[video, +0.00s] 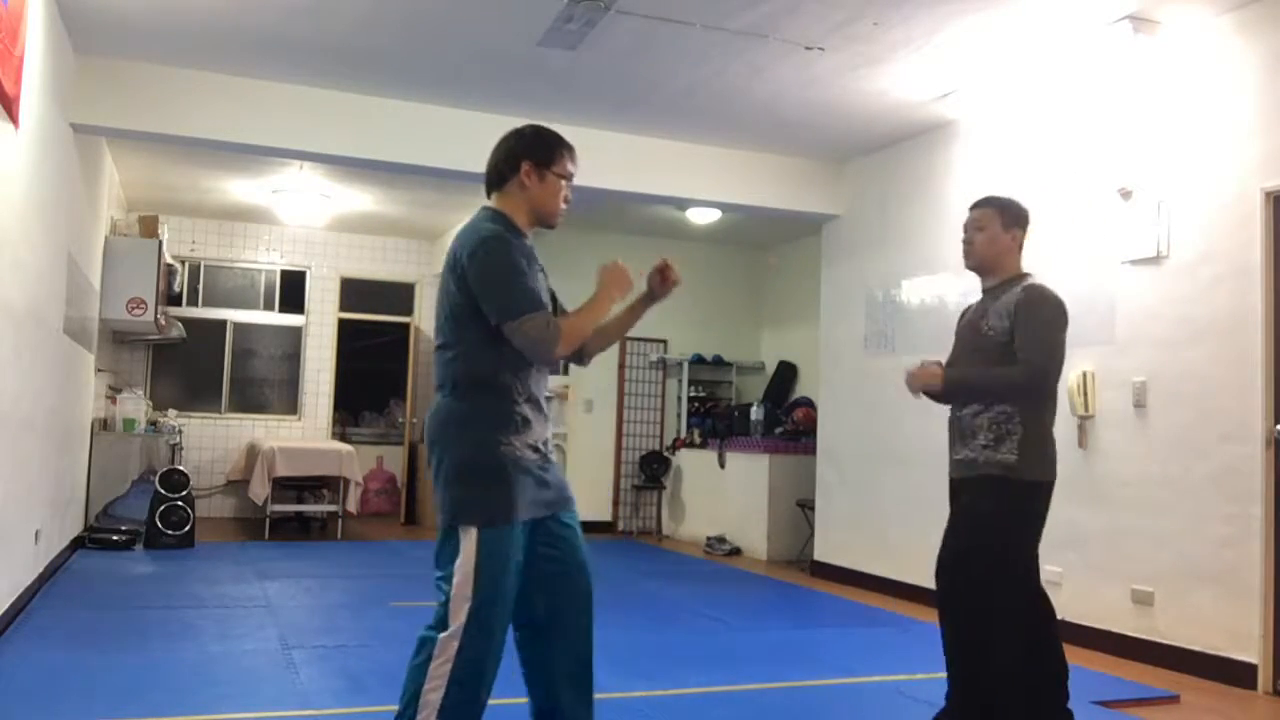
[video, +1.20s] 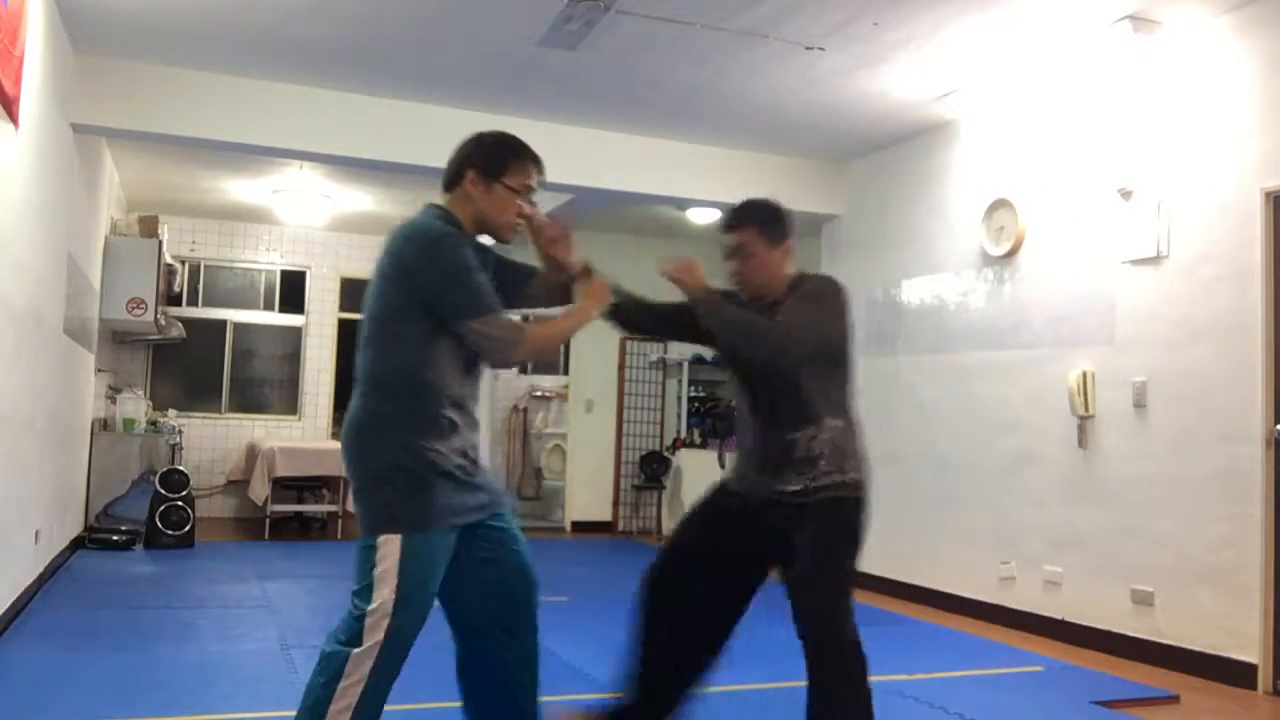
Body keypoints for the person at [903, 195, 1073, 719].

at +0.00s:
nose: (965, 239)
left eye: (976, 229)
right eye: (964, 231)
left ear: (1013, 236)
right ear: (974, 242)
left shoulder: (1037, 302)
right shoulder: (971, 315)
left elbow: (1034, 380)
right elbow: (966, 389)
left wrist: (947, 382)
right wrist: (935, 381)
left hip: (1014, 476)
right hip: (974, 476)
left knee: (958, 580)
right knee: (1010, 592)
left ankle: (972, 705)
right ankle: (1041, 707)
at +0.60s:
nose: (918, 262)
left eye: (924, 248)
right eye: (915, 252)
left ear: (960, 243)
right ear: (952, 249)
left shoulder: (995, 303)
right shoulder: (947, 321)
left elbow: (967, 381)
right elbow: (933, 397)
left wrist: (885, 356)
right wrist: (890, 366)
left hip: (978, 482)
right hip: (945, 482)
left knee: (913, 579)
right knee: (983, 604)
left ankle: (926, 709)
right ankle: (1019, 712)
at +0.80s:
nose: (872, 267)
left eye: (880, 253)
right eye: (869, 257)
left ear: (918, 250)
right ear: (907, 256)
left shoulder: (940, 306)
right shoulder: (912, 320)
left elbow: (894, 345)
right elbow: (890, 404)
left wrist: (819, 301)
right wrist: (853, 368)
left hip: (931, 491)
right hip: (913, 491)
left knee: (868, 598)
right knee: (968, 624)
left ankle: (863, 711)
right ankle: (1016, 713)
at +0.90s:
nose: (843, 260)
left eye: (851, 247)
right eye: (839, 249)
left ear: (890, 243)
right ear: (879, 248)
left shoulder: (907, 301)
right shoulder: (888, 310)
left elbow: (815, 320)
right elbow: (882, 405)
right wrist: (832, 394)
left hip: (901, 489)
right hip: (887, 486)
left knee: (844, 596)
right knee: (894, 597)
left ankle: (848, 713)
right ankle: (988, 687)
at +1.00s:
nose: (812, 250)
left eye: (821, 237)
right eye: (807, 240)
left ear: (859, 234)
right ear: (808, 242)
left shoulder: (884, 296)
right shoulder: (836, 304)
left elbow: (825, 356)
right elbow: (817, 368)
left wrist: (727, 334)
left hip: (880, 487)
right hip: (836, 484)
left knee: (845, 611)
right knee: (801, 594)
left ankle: (835, 710)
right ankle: (902, 654)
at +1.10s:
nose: (770, 257)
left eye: (780, 243)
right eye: (765, 247)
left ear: (820, 237)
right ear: (766, 249)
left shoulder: (858, 298)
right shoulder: (773, 305)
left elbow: (826, 380)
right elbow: (693, 335)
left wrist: (743, 334)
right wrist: (669, 271)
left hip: (861, 488)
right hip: (799, 487)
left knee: (831, 615)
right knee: (732, 577)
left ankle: (837, 709)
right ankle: (792, 685)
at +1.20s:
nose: (732, 266)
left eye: (742, 253)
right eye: (729, 256)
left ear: (783, 250)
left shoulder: (820, 297)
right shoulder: (734, 309)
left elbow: (783, 345)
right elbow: (652, 319)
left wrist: (703, 295)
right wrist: (581, 275)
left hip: (826, 491)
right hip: (754, 489)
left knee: (821, 610)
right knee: (677, 584)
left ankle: (843, 714)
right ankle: (649, 705)